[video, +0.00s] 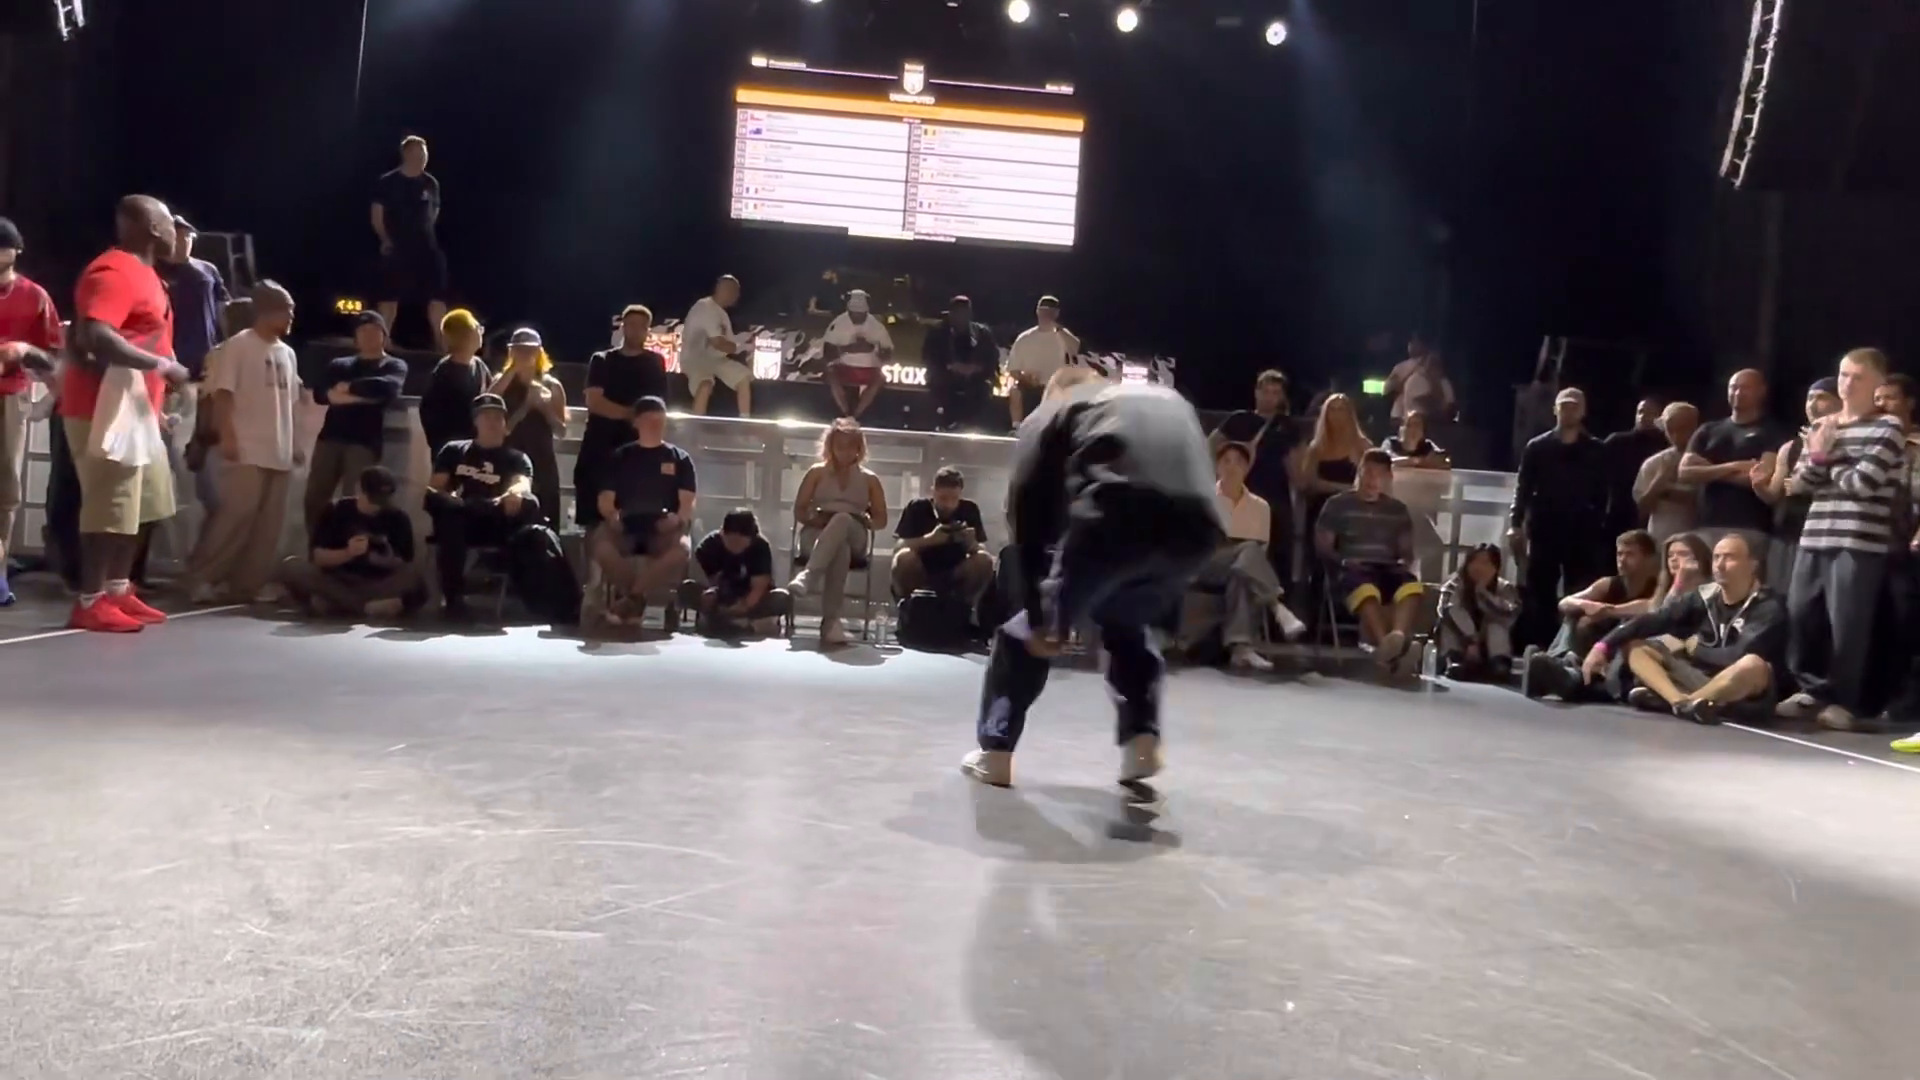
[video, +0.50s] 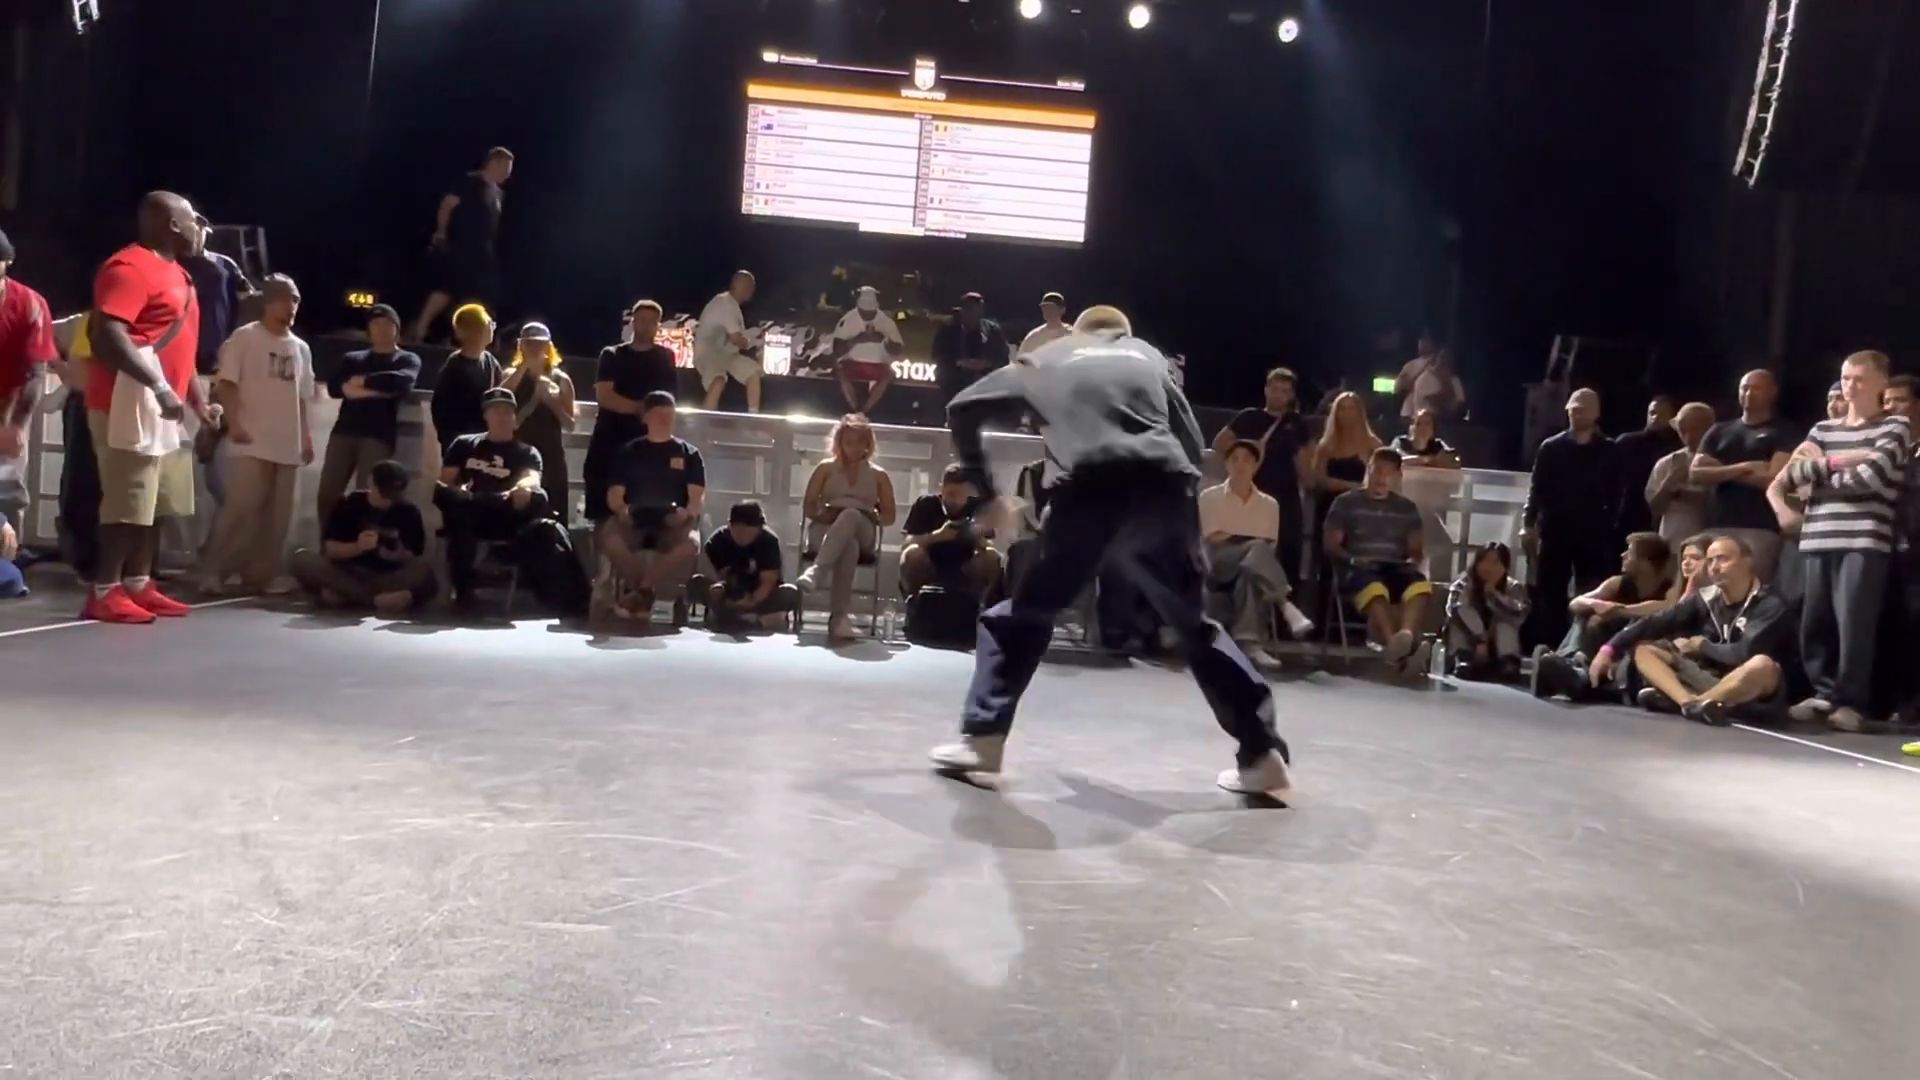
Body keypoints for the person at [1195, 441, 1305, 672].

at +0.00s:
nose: (1231, 466)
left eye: (1238, 461)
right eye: (1226, 460)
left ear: (1246, 468)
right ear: (1217, 466)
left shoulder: (1260, 507)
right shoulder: (1205, 499)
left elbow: (1259, 548)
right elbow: (1199, 545)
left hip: (1246, 569)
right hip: (1207, 566)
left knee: (1240, 577)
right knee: (1250, 550)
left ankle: (1242, 647)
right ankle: (1278, 607)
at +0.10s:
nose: (1233, 466)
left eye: (1240, 461)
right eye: (1228, 460)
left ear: (1248, 467)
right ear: (1220, 465)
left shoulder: (1262, 506)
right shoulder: (1201, 499)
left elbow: (1261, 547)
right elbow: (1204, 540)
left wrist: (1221, 539)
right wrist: (1247, 543)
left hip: (1247, 568)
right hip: (1208, 565)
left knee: (1242, 577)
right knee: (1251, 548)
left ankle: (1243, 647)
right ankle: (1280, 607)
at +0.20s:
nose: (1235, 466)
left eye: (1241, 461)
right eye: (1230, 460)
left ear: (1250, 467)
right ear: (1221, 465)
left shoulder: (1263, 506)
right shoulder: (1204, 499)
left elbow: (1263, 546)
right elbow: (1205, 540)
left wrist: (1223, 538)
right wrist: (1249, 542)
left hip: (1249, 568)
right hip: (1210, 564)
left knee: (1242, 577)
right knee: (1252, 548)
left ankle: (1245, 646)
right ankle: (1281, 606)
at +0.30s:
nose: (1237, 466)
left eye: (1243, 460)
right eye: (1231, 460)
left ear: (1251, 467)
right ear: (1223, 465)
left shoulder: (1265, 505)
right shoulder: (1206, 498)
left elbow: (1265, 545)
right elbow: (1206, 540)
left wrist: (1225, 537)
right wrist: (1252, 541)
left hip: (1250, 566)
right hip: (1211, 563)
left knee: (1244, 576)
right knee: (1254, 548)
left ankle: (1246, 646)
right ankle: (1282, 606)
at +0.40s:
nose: (1238, 465)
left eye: (1245, 460)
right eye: (1233, 459)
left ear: (1253, 466)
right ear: (1224, 464)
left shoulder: (1267, 505)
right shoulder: (1206, 497)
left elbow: (1265, 546)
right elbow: (1200, 541)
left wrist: (1227, 538)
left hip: (1251, 567)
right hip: (1211, 564)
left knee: (1247, 574)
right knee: (1255, 548)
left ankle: (1248, 645)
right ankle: (1284, 606)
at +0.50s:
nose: (1240, 465)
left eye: (1247, 459)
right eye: (1235, 459)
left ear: (1256, 466)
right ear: (1227, 464)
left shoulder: (1269, 505)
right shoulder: (1209, 498)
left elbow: (1269, 545)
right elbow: (1213, 539)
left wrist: (1229, 536)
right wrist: (1257, 540)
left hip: (1256, 565)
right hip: (1218, 562)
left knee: (1249, 575)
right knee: (1258, 548)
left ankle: (1250, 643)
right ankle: (1286, 605)